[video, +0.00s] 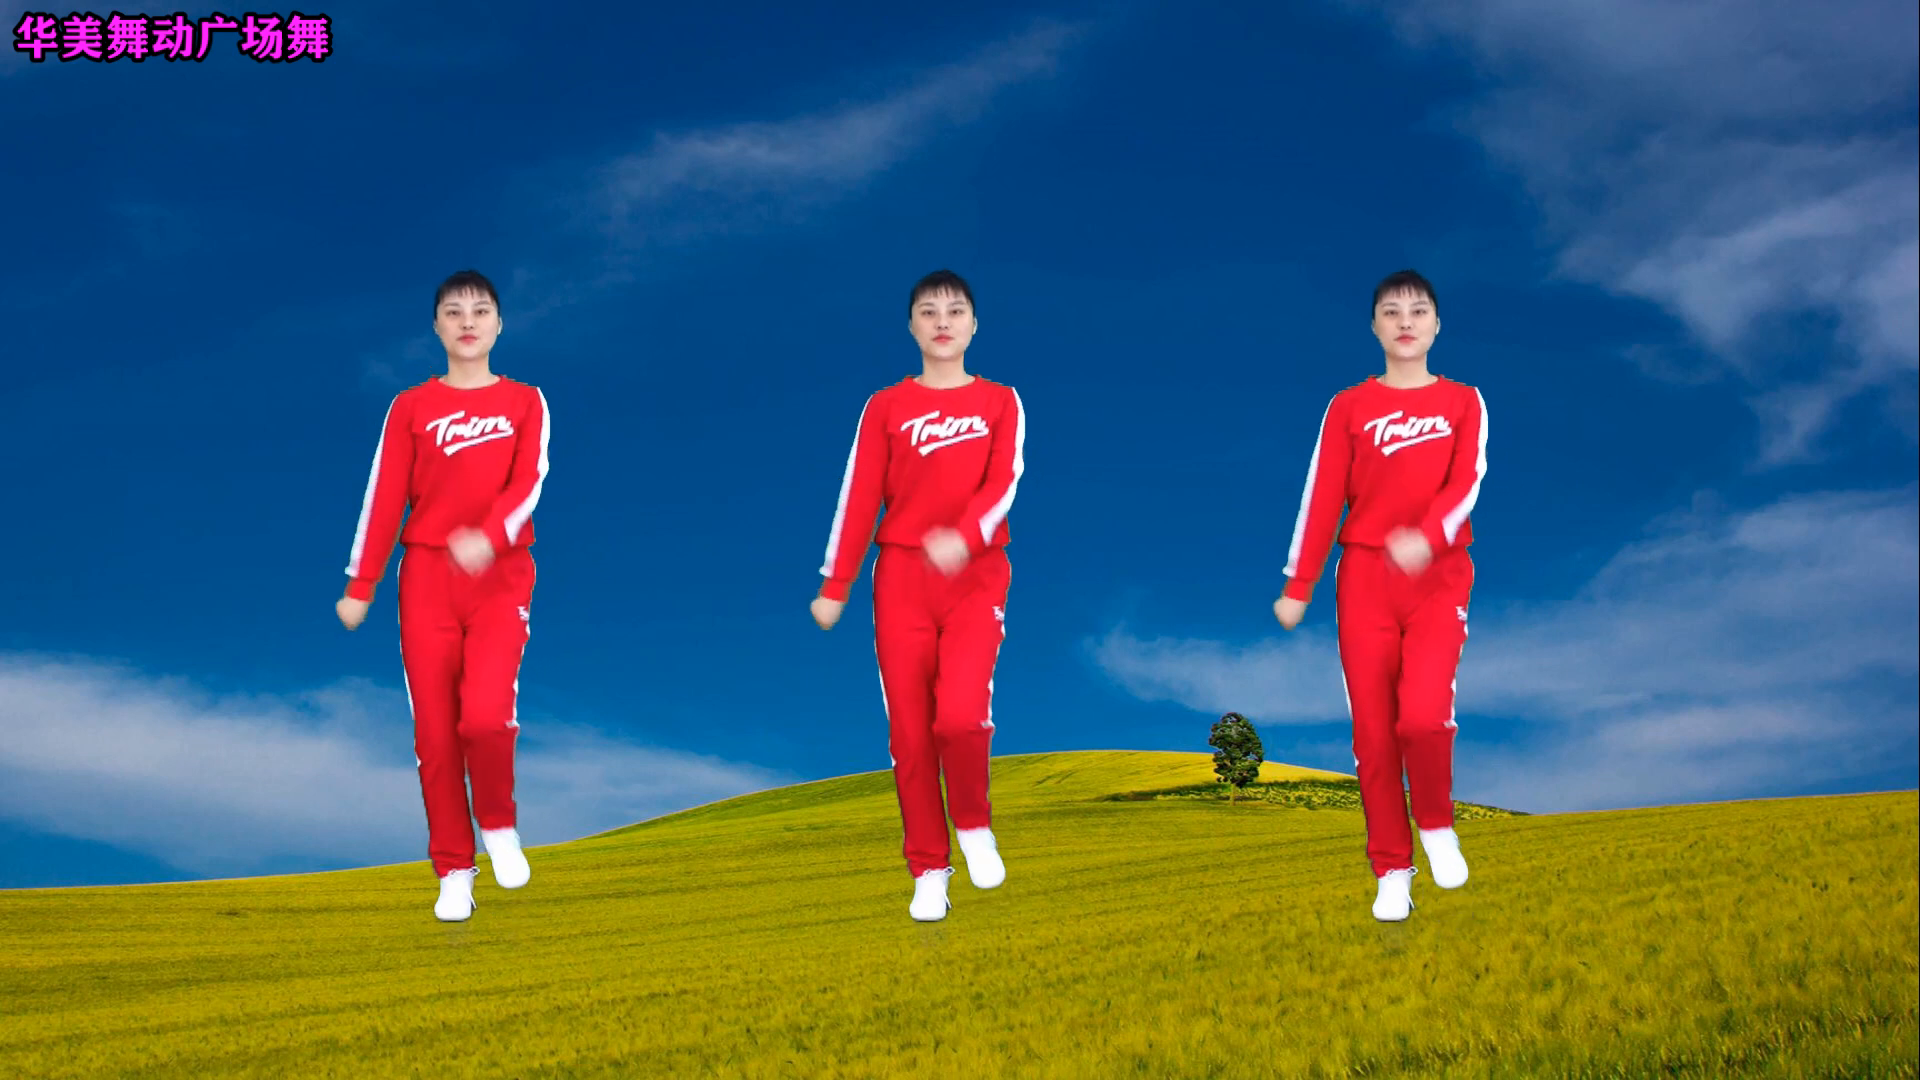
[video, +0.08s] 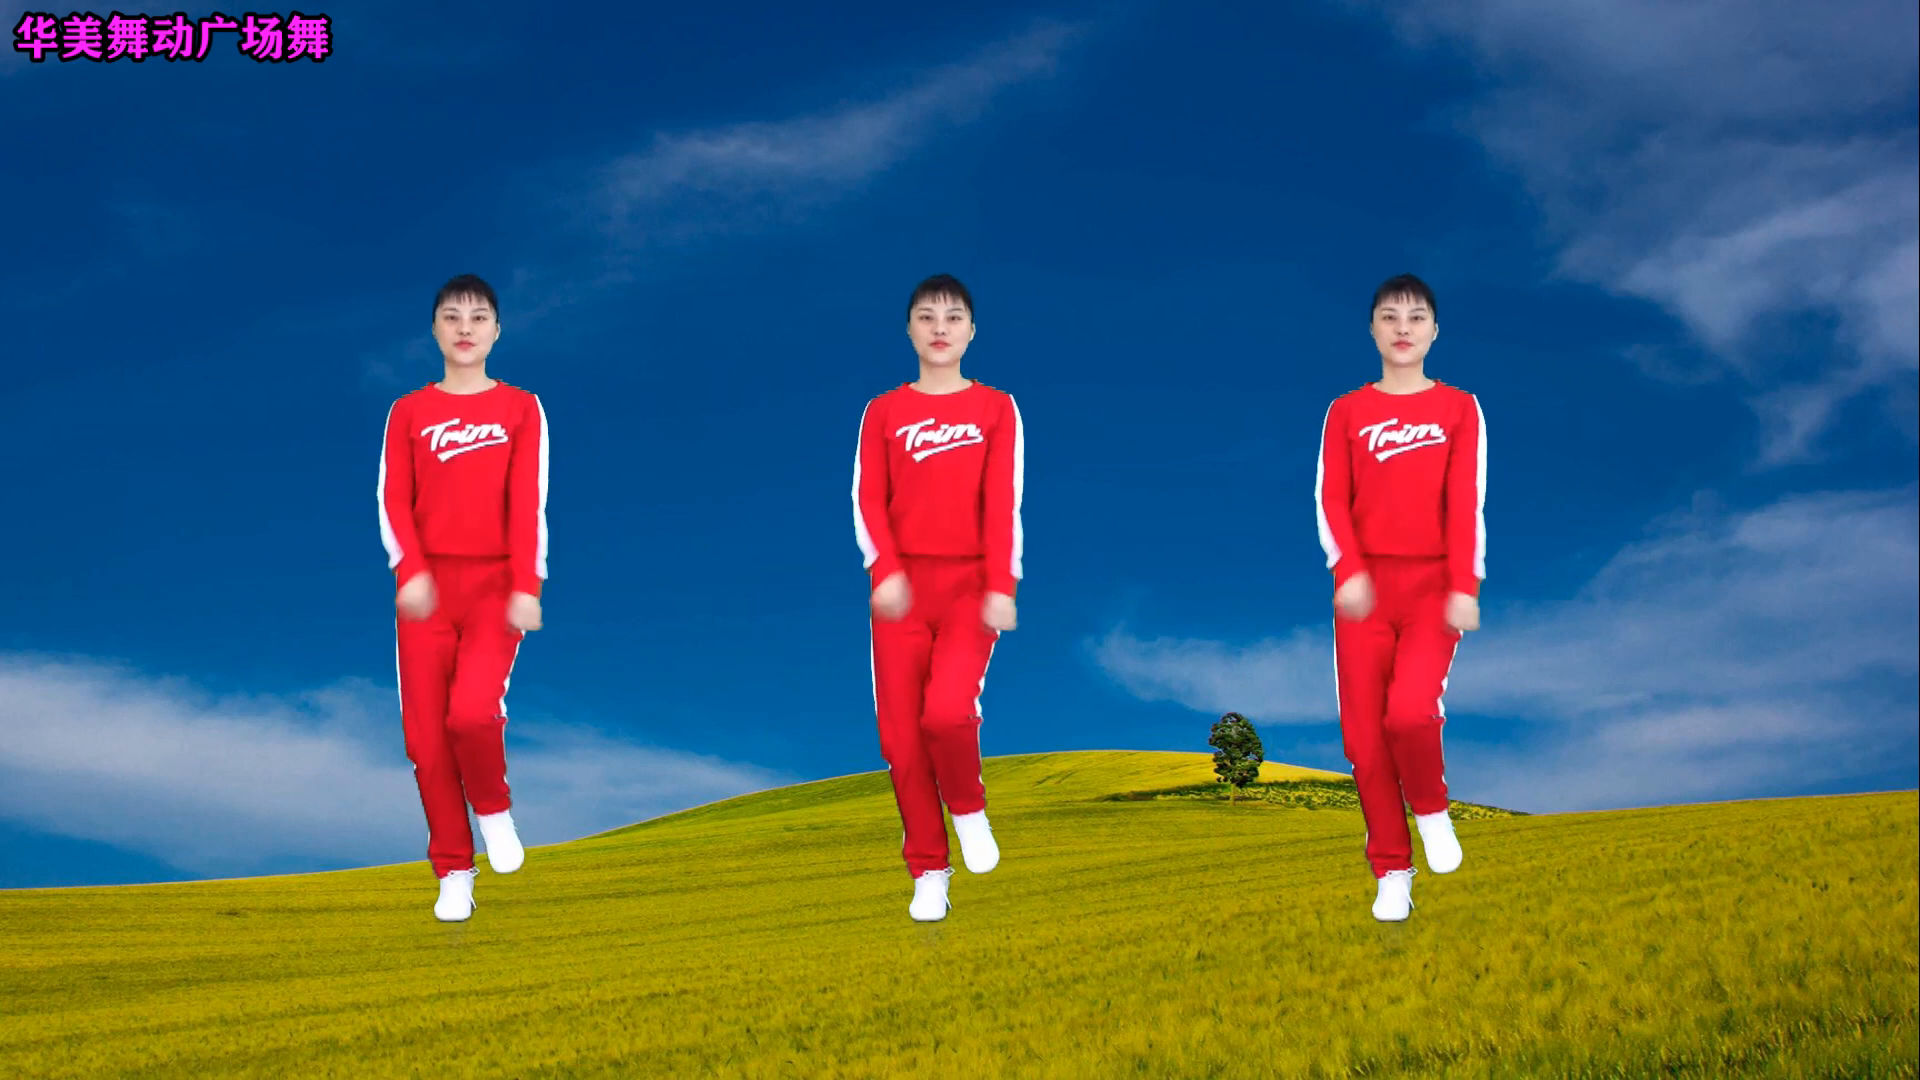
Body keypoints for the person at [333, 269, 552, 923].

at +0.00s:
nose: (467, 323)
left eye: (479, 313)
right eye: (455, 313)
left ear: (497, 323)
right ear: (438, 325)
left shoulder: (526, 402)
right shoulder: (410, 408)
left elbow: (529, 485)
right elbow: (384, 500)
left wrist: (490, 534)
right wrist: (361, 585)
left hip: (501, 581)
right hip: (426, 581)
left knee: (484, 721)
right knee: (434, 731)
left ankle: (498, 824)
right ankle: (453, 866)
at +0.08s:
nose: (465, 328)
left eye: (478, 318)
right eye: (453, 318)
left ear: (495, 330)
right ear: (436, 329)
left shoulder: (523, 407)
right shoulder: (408, 411)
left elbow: (531, 501)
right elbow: (392, 498)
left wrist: (527, 585)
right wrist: (410, 570)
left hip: (497, 583)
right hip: (426, 584)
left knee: (471, 716)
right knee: (424, 735)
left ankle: (492, 810)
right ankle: (452, 867)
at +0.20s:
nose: (464, 310)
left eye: (477, 300)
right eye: (452, 300)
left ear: (494, 312)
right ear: (434, 312)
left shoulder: (522, 390)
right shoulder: (404, 393)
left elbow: (561, 478)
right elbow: (367, 472)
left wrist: (580, 566)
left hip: (499, 566)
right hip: (424, 568)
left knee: (473, 710)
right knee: (430, 723)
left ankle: (489, 819)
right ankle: (454, 863)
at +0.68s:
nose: (471, 323)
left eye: (484, 311)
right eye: (458, 312)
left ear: (501, 321)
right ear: (442, 323)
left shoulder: (532, 399)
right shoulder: (416, 404)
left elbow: (576, 486)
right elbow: (410, 488)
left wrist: (617, 567)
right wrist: (433, 556)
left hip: (522, 573)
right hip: (447, 575)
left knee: (513, 728)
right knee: (460, 721)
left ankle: (495, 869)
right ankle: (457, 838)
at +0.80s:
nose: (473, 326)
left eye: (484, 315)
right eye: (459, 317)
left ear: (502, 325)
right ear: (444, 330)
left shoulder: (534, 406)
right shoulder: (420, 410)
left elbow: (554, 495)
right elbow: (400, 504)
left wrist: (538, 568)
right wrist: (388, 593)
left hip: (523, 579)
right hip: (447, 580)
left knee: (522, 731)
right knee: (475, 703)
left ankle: (496, 869)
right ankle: (462, 805)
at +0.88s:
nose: (472, 313)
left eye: (483, 302)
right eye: (459, 304)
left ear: (502, 312)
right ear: (442, 318)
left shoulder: (534, 391)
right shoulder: (418, 399)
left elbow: (563, 474)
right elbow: (378, 485)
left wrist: (511, 498)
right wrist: (350, 570)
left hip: (524, 573)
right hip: (447, 571)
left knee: (517, 724)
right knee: (475, 696)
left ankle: (497, 868)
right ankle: (466, 807)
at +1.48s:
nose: (461, 326)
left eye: (473, 316)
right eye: (448, 316)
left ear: (491, 328)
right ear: (431, 329)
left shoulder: (519, 404)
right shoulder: (405, 411)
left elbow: (535, 498)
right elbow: (389, 493)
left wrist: (549, 589)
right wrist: (428, 539)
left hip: (493, 584)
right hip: (419, 587)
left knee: (465, 714)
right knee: (418, 736)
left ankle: (491, 808)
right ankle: (455, 866)